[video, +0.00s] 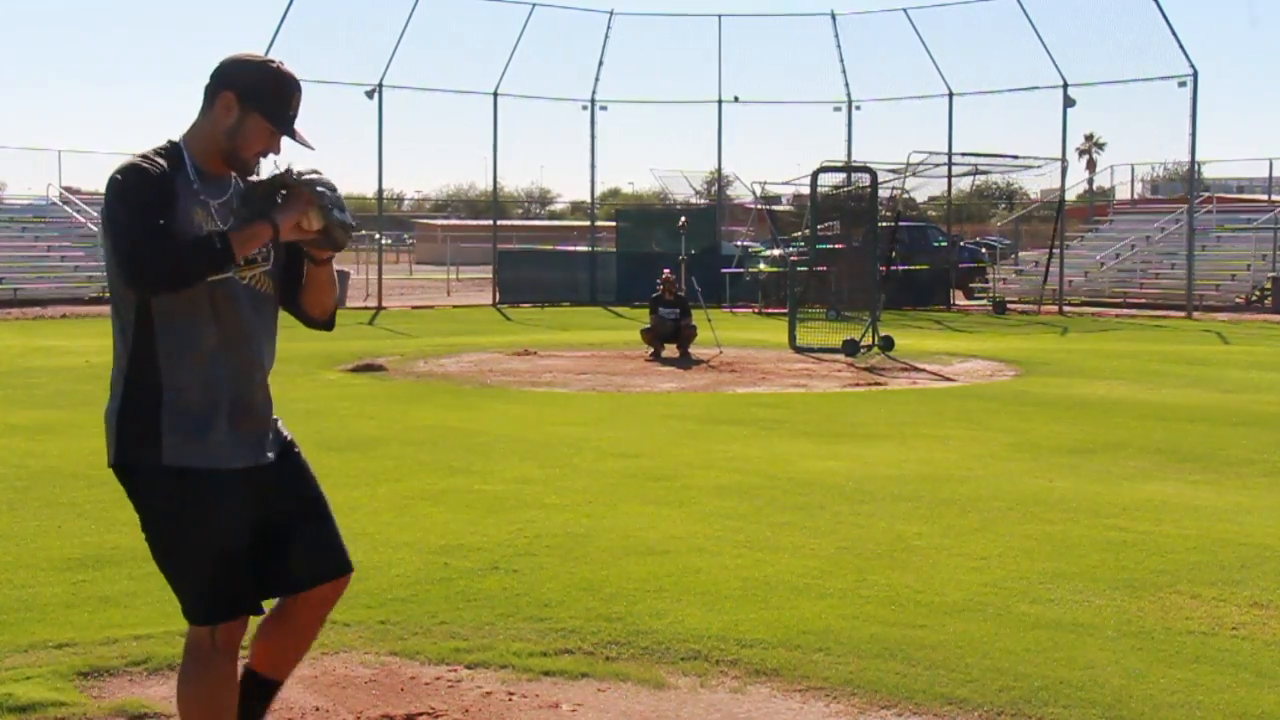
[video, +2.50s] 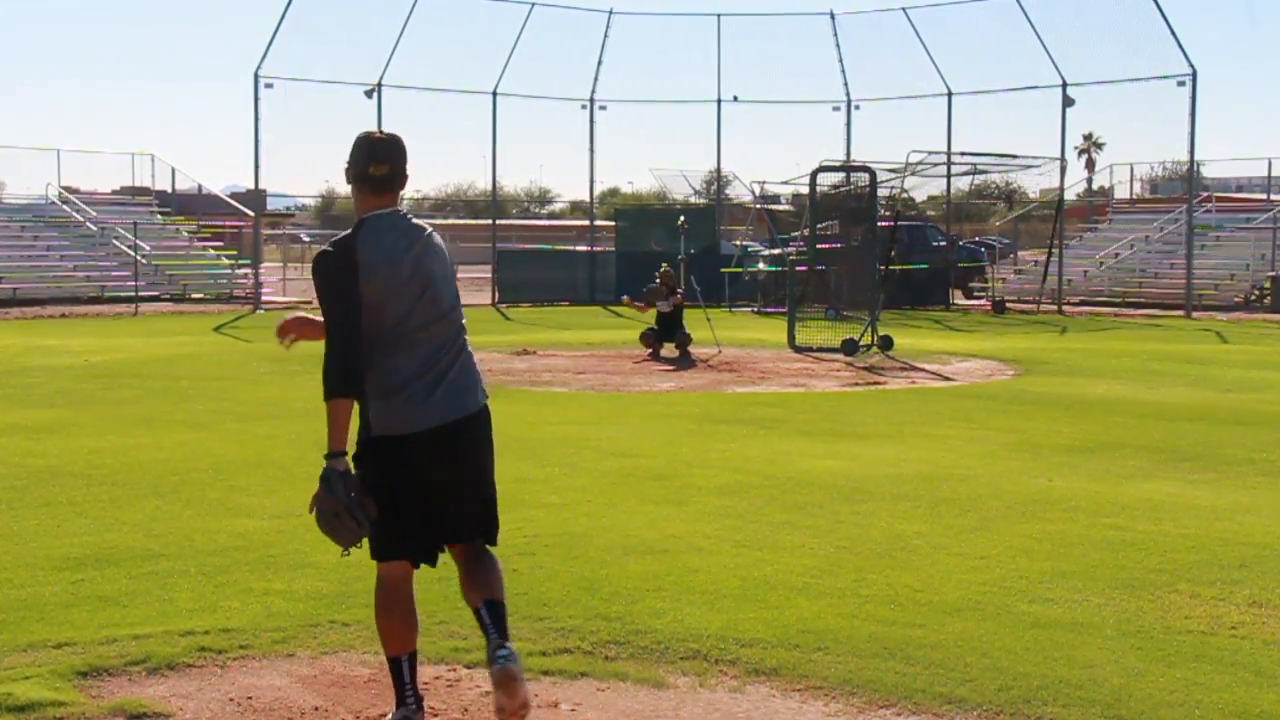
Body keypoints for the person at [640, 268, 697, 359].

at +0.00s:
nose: (669, 286)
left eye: (671, 283)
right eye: (666, 283)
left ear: (675, 285)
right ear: (662, 285)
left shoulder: (682, 300)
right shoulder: (655, 299)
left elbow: (688, 319)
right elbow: (653, 318)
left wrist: (675, 324)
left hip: (677, 329)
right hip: (661, 329)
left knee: (691, 329)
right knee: (645, 332)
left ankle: (683, 350)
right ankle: (657, 348)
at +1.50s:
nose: (667, 286)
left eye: (670, 283)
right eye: (664, 283)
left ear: (674, 285)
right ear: (660, 285)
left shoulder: (680, 299)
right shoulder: (654, 299)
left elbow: (686, 316)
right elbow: (651, 318)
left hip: (677, 326)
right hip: (661, 326)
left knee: (688, 328)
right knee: (646, 331)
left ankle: (683, 349)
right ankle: (657, 347)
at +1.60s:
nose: (667, 285)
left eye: (670, 282)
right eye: (665, 283)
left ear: (674, 284)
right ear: (661, 284)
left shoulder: (679, 298)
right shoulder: (654, 299)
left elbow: (690, 316)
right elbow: (650, 318)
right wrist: (659, 321)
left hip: (675, 326)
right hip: (660, 325)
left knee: (689, 329)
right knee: (646, 331)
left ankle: (683, 350)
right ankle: (656, 348)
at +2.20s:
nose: (666, 287)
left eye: (669, 284)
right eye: (664, 284)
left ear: (673, 284)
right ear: (659, 285)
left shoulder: (678, 296)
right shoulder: (655, 297)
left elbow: (687, 305)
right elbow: (649, 317)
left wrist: (680, 306)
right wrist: (651, 315)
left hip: (675, 327)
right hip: (660, 328)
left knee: (687, 331)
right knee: (645, 331)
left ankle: (683, 350)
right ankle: (656, 348)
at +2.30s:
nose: (666, 285)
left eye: (669, 282)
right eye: (663, 282)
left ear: (673, 283)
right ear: (659, 283)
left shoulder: (678, 295)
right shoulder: (655, 296)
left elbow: (685, 304)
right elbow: (649, 318)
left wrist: (679, 306)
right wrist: (649, 305)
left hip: (676, 330)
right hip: (660, 330)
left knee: (687, 332)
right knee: (645, 332)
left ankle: (683, 349)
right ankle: (656, 348)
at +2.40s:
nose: (666, 282)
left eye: (668, 279)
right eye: (663, 279)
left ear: (673, 280)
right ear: (659, 280)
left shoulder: (678, 293)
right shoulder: (655, 295)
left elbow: (681, 303)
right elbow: (646, 315)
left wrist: (675, 303)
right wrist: (638, 308)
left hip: (677, 330)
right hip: (661, 331)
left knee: (686, 334)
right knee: (646, 334)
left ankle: (682, 349)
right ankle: (656, 347)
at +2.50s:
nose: (666, 280)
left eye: (669, 277)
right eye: (663, 277)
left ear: (673, 278)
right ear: (659, 278)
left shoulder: (678, 292)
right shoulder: (657, 294)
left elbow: (678, 300)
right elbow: (644, 308)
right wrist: (631, 303)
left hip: (676, 330)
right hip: (661, 330)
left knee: (684, 337)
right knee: (646, 336)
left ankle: (683, 350)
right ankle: (656, 348)